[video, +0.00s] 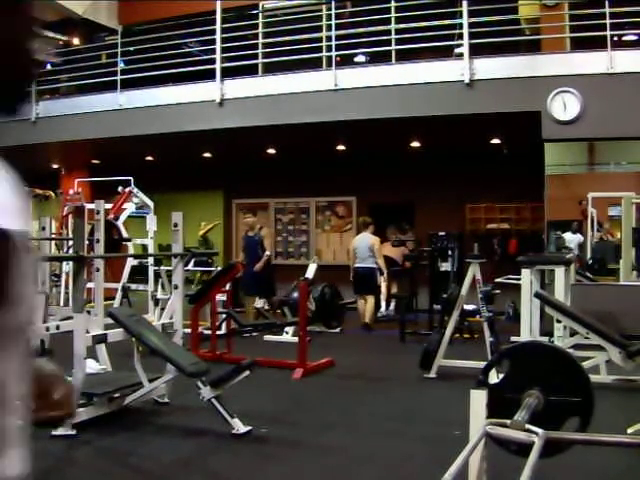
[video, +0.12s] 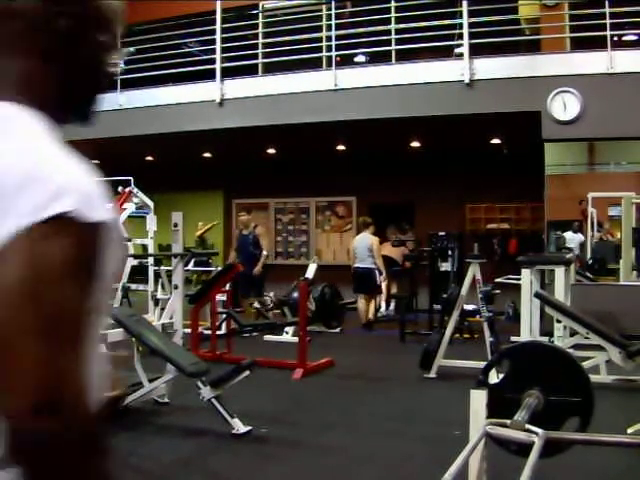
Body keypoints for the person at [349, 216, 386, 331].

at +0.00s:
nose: (373, 228)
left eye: (372, 226)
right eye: (372, 226)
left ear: (361, 227)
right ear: (370, 227)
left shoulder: (354, 240)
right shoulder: (374, 240)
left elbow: (352, 258)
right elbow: (378, 257)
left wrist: (351, 271)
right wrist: (384, 270)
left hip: (358, 268)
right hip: (370, 268)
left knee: (360, 297)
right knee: (370, 296)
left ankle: (363, 320)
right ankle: (367, 320)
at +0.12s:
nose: (373, 228)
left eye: (372, 226)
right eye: (372, 226)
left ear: (361, 227)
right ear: (370, 227)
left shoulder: (355, 240)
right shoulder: (374, 239)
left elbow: (352, 256)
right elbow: (377, 257)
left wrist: (353, 266)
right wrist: (383, 271)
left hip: (357, 268)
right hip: (370, 268)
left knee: (361, 296)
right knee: (372, 295)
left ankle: (363, 321)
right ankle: (370, 318)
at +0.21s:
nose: (374, 229)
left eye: (373, 227)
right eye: (373, 227)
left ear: (362, 227)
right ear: (370, 227)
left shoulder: (355, 240)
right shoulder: (373, 239)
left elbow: (353, 256)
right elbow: (377, 257)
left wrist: (354, 265)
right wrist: (382, 271)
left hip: (357, 267)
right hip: (370, 268)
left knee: (361, 295)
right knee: (372, 294)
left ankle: (364, 321)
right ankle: (371, 318)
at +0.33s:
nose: (376, 230)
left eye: (376, 228)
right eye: (375, 228)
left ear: (364, 228)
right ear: (372, 228)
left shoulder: (356, 240)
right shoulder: (374, 240)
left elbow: (353, 255)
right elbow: (377, 257)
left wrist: (355, 264)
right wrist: (383, 270)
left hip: (358, 267)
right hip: (371, 267)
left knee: (362, 295)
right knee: (379, 293)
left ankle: (364, 321)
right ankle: (380, 318)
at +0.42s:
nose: (377, 232)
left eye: (377, 230)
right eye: (377, 230)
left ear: (366, 229)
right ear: (374, 229)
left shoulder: (357, 239)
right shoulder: (376, 240)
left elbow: (353, 255)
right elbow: (378, 256)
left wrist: (356, 264)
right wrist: (383, 271)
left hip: (358, 267)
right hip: (372, 267)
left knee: (362, 295)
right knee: (380, 292)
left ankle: (364, 321)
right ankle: (381, 315)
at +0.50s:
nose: (380, 233)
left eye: (379, 231)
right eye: (379, 231)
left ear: (370, 229)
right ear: (377, 230)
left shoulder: (359, 239)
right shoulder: (378, 240)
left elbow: (353, 255)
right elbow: (380, 257)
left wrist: (355, 264)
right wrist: (385, 272)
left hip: (359, 268)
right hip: (373, 267)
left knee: (363, 295)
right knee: (380, 293)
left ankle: (364, 321)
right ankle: (384, 315)